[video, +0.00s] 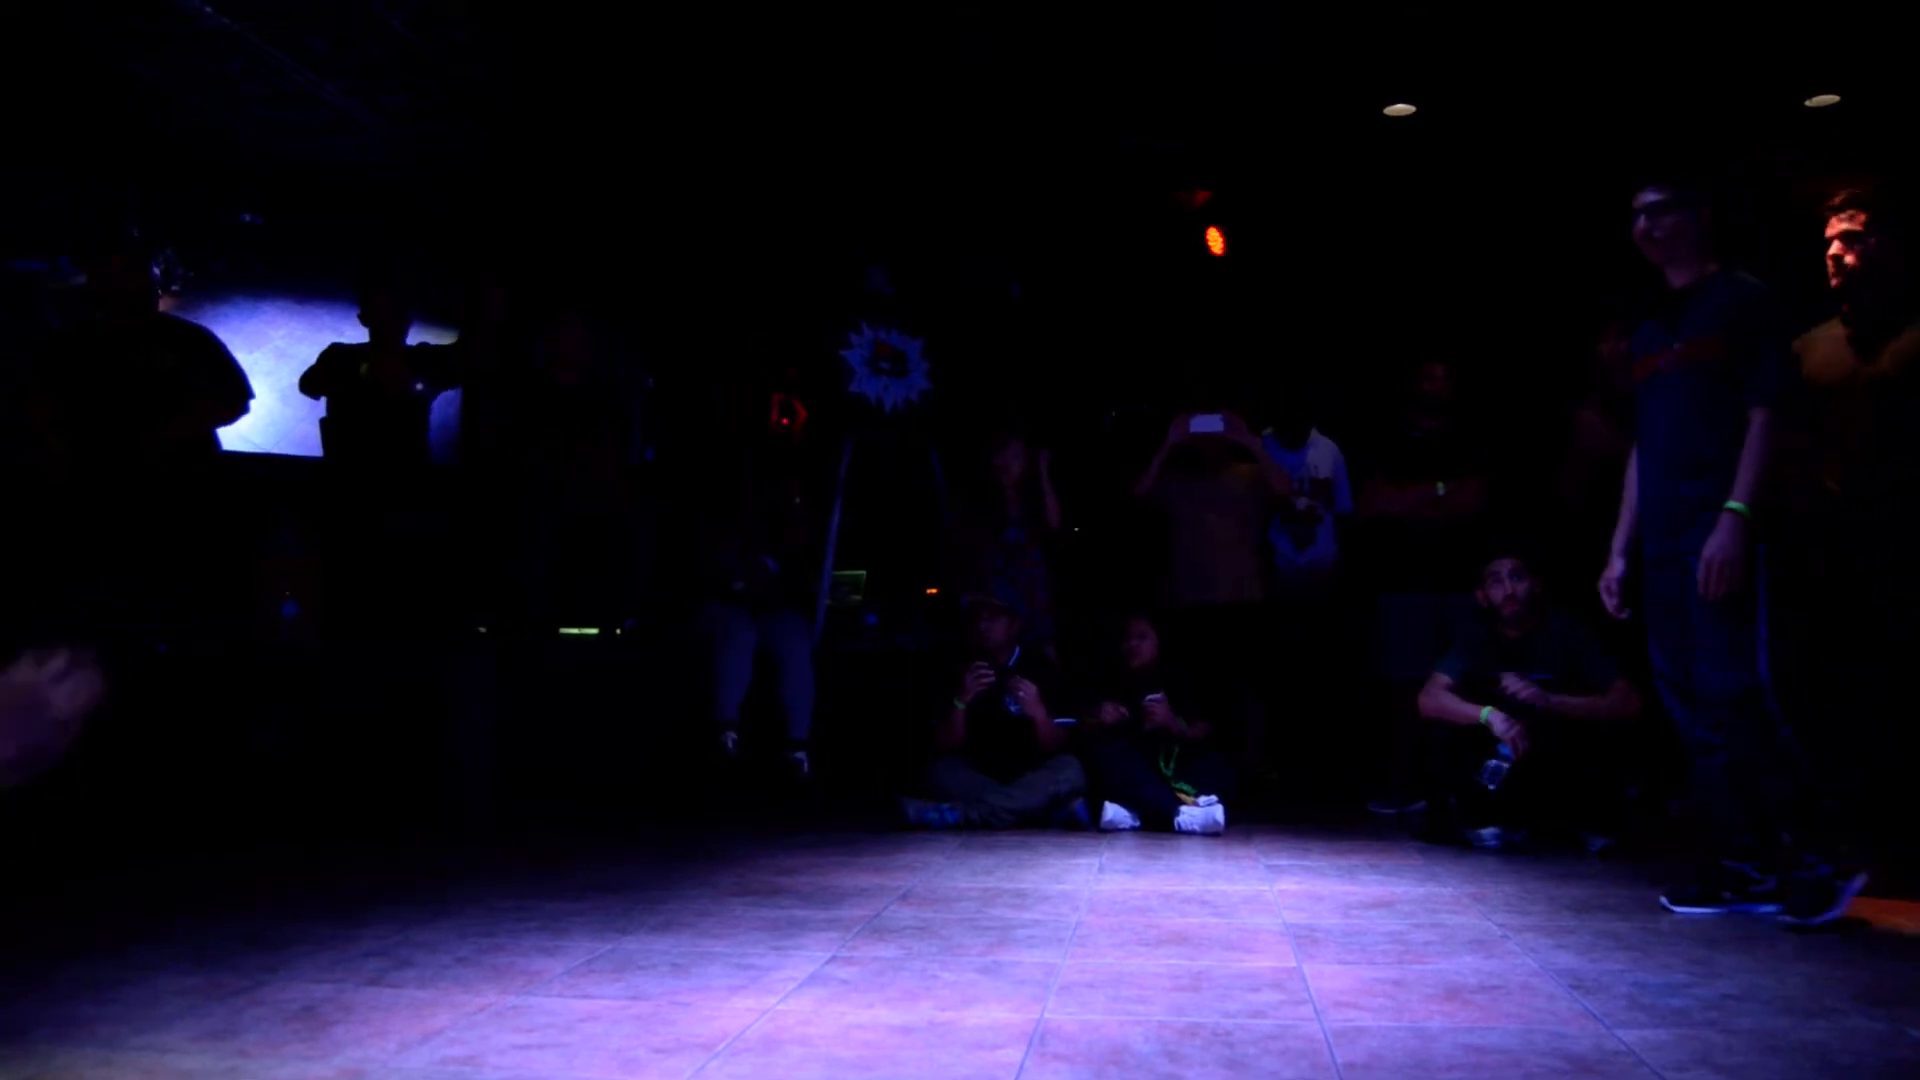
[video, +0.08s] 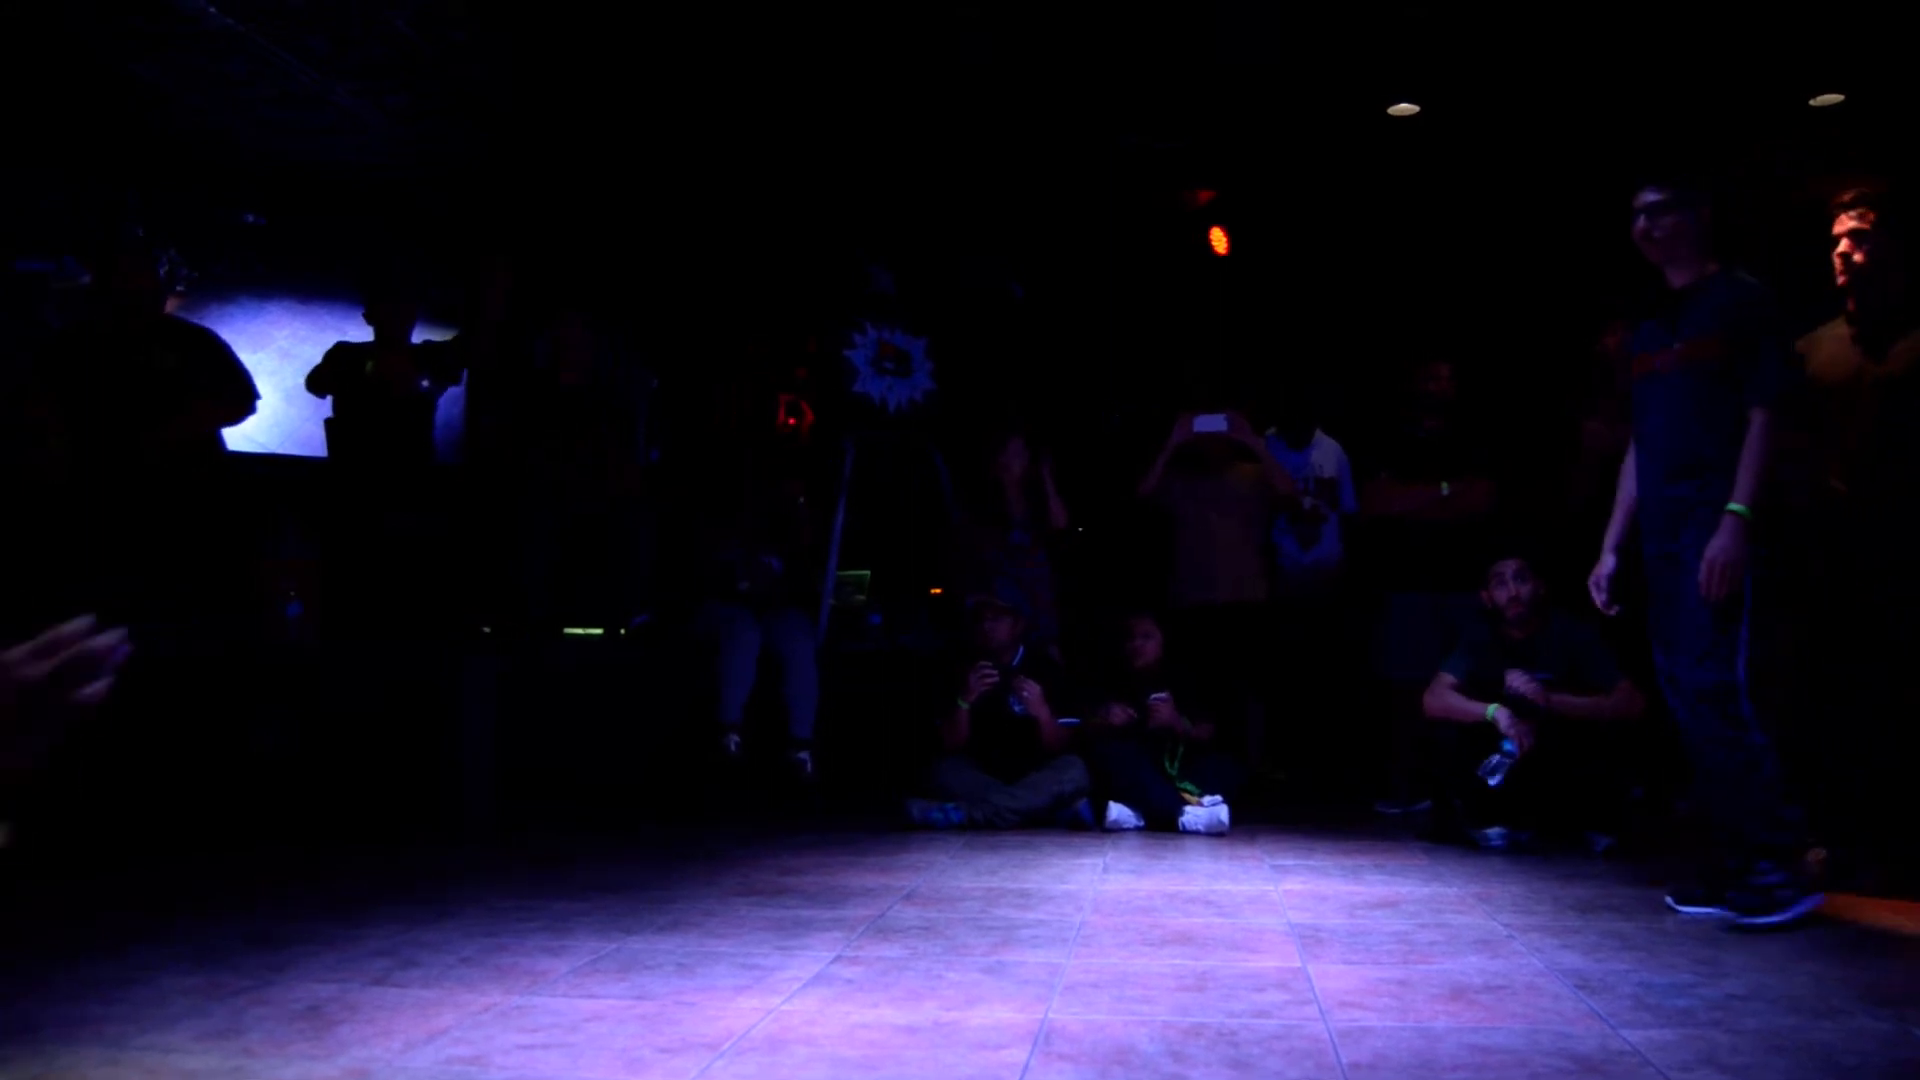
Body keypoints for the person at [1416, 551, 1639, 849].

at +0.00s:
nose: (1508, 589)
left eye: (1517, 578)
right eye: (1496, 581)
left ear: (1534, 585)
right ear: (1483, 595)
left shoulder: (1566, 634)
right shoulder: (1478, 638)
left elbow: (1624, 702)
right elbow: (1430, 699)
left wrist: (1547, 700)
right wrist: (1488, 716)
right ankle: (1485, 821)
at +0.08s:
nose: (1513, 591)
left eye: (1521, 580)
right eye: (1501, 583)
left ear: (1538, 586)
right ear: (1488, 597)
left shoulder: (1571, 637)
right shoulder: (1482, 639)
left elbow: (1627, 703)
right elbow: (1435, 699)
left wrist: (1548, 700)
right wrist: (1493, 712)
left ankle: (1596, 824)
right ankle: (1493, 821)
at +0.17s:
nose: (1530, 597)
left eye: (1538, 584)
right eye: (1518, 588)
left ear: (1554, 590)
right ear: (1505, 599)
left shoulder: (1588, 639)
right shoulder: (1497, 640)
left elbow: (1645, 702)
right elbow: (1451, 700)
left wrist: (1557, 709)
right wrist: (1518, 712)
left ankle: (1612, 826)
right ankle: (1510, 822)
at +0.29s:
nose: (1559, 595)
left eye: (1567, 583)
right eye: (1547, 586)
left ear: (1583, 587)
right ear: (1534, 597)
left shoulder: (1615, 637)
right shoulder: (1527, 638)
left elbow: (1665, 702)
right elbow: (1479, 698)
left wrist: (1585, 706)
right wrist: (1543, 709)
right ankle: (1535, 820)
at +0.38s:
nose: (1562, 591)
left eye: (1570, 580)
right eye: (1550, 583)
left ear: (1587, 585)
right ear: (1537, 595)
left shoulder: (1618, 637)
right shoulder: (1528, 636)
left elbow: (1660, 702)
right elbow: (1482, 697)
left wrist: (1589, 705)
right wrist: (1549, 708)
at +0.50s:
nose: (1563, 597)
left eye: (1572, 584)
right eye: (1551, 588)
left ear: (1589, 589)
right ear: (1538, 598)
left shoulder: (1618, 639)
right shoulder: (1529, 639)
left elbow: (1652, 704)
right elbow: (1484, 699)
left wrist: (1592, 701)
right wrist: (1550, 705)